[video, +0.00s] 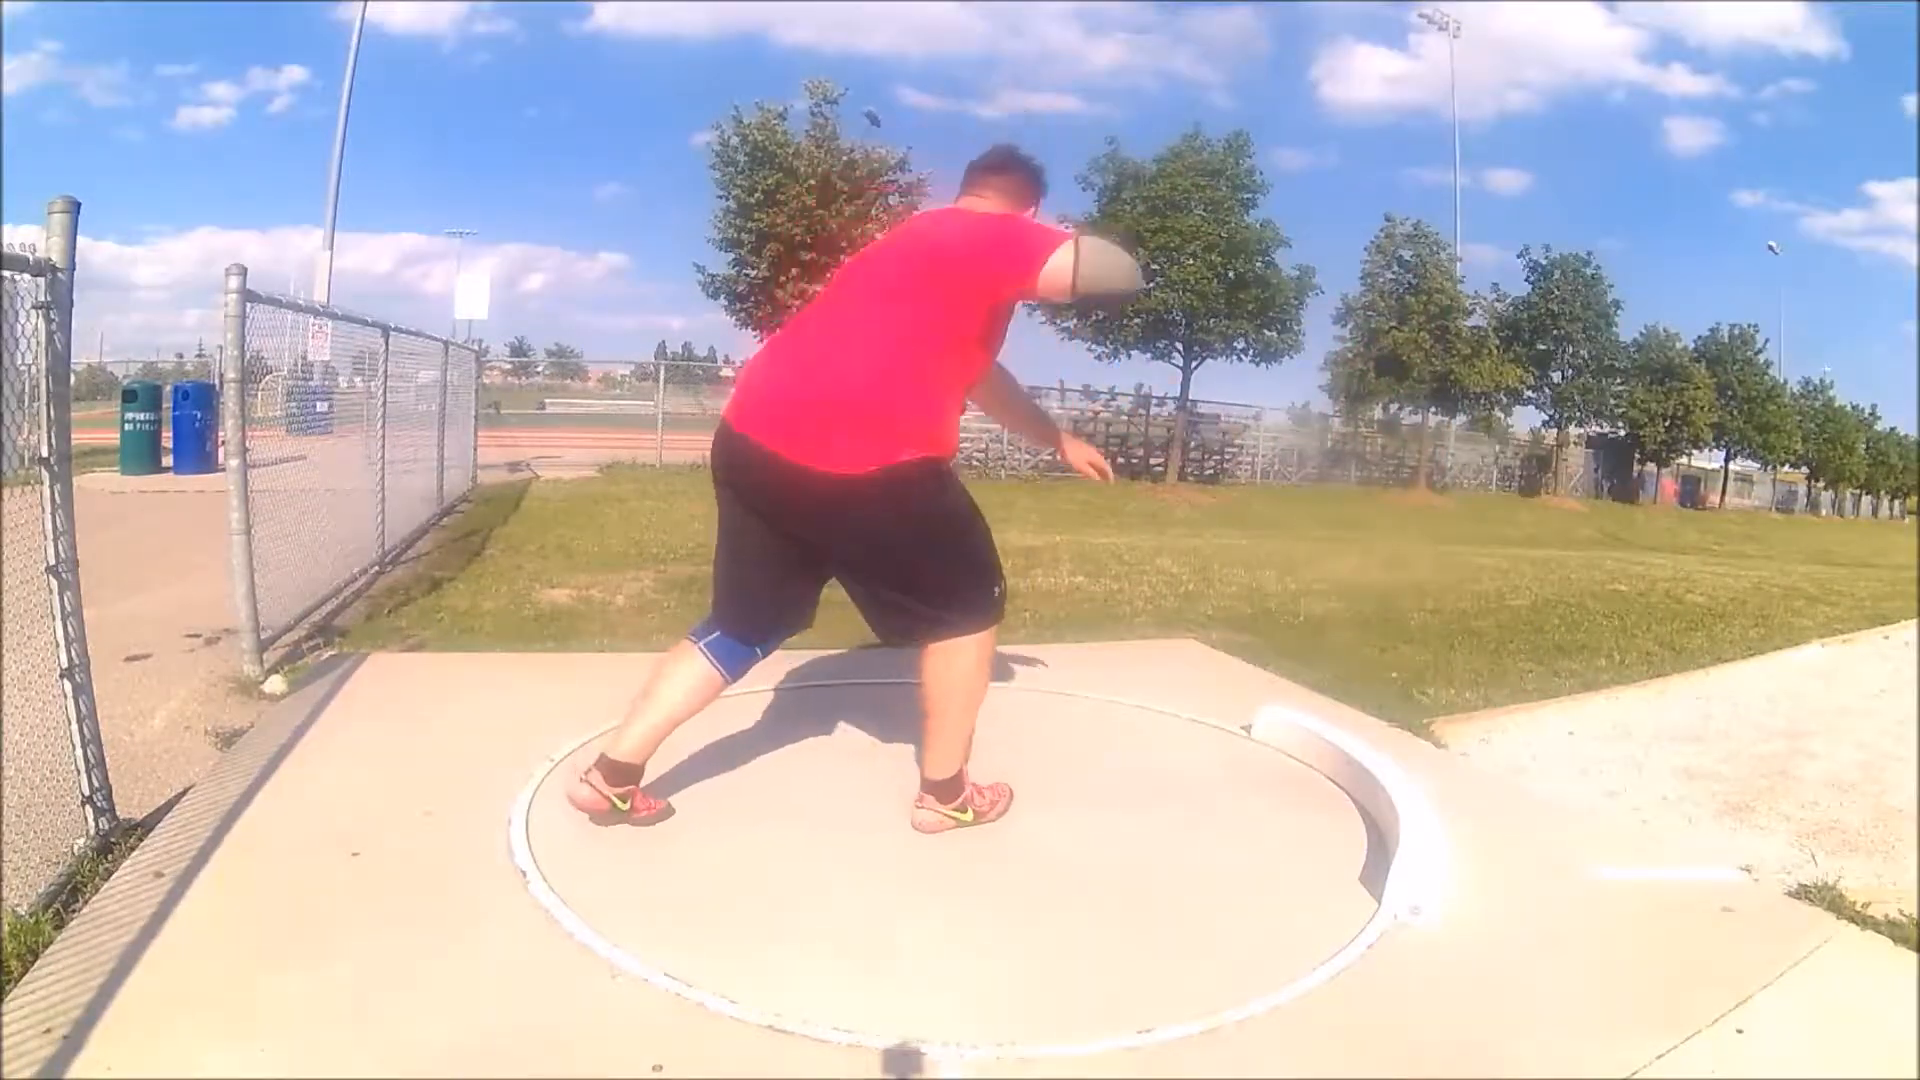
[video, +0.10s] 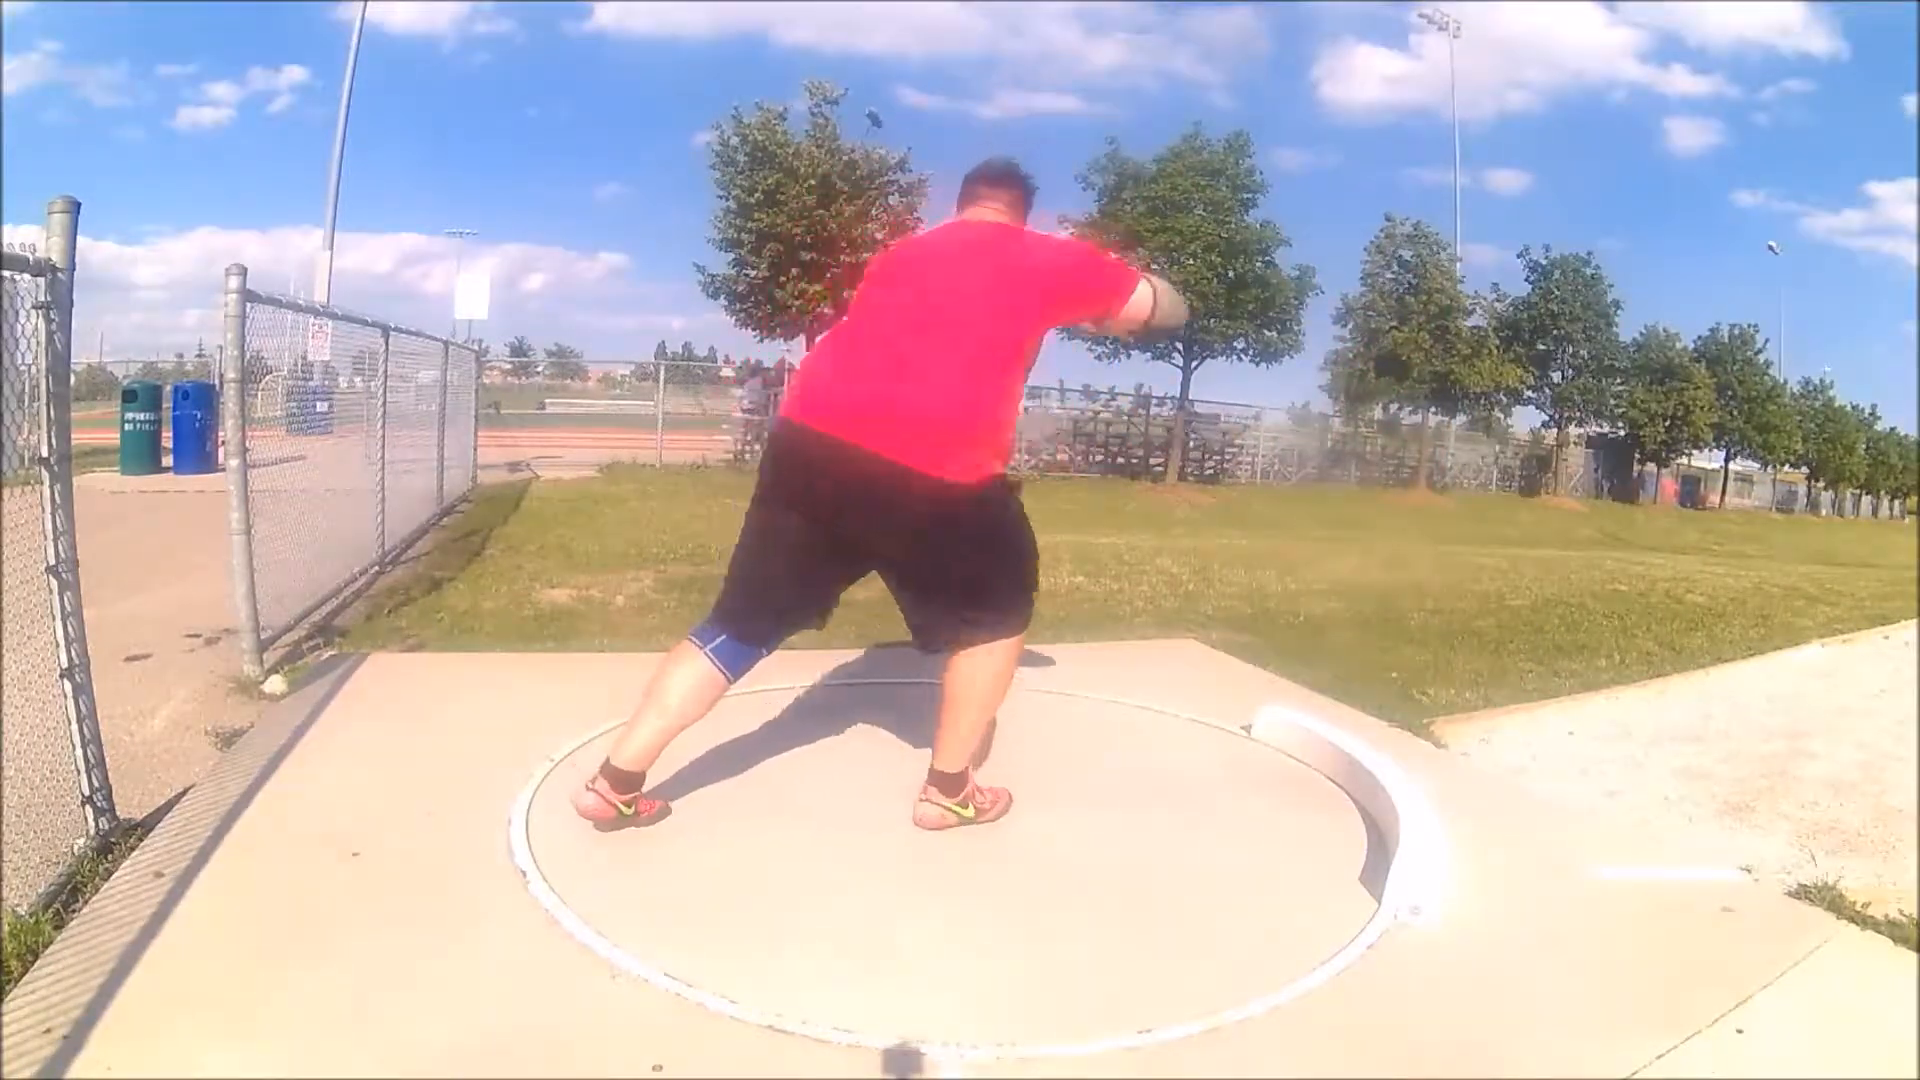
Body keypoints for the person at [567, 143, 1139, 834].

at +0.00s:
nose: (1035, 222)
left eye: (1026, 210)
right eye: (1034, 212)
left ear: (962, 192)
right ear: (1029, 208)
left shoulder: (908, 238)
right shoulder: (1006, 236)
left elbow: (981, 375)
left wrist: (1056, 439)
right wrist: (1063, 243)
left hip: (756, 442)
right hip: (879, 461)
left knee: (744, 622)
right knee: (966, 604)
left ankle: (613, 769)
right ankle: (944, 789)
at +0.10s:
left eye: (979, 205)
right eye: (1017, 215)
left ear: (960, 204)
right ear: (1029, 217)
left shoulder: (905, 248)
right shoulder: (1049, 258)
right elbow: (1165, 310)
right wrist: (1117, 271)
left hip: (814, 446)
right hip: (940, 476)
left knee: (738, 624)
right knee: (995, 612)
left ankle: (617, 778)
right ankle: (948, 786)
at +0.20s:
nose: (940, 227)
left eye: (941, 217)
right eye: (946, 219)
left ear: (949, 213)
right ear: (1017, 215)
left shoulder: (912, 258)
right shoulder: (1080, 262)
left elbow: (828, 341)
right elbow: (1137, 327)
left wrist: (801, 400)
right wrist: (1071, 325)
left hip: (922, 448)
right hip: (1060, 467)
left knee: (788, 619)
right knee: (1013, 621)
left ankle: (654, 764)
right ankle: (975, 783)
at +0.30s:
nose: (937, 237)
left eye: (941, 225)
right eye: (939, 226)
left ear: (965, 212)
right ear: (1018, 214)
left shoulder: (948, 254)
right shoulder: (1094, 260)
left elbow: (830, 306)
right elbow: (1133, 348)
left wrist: (738, 353)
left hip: (1020, 454)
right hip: (1139, 468)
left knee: (905, 616)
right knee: (1009, 608)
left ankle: (888, 819)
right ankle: (1007, 767)